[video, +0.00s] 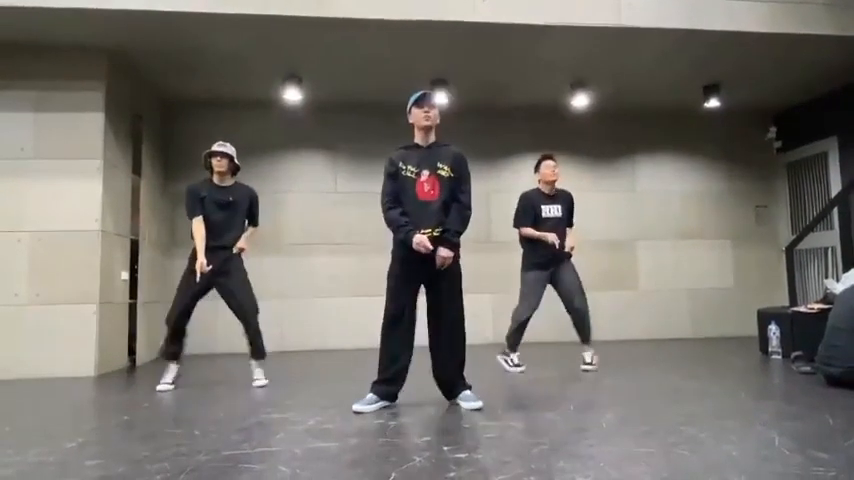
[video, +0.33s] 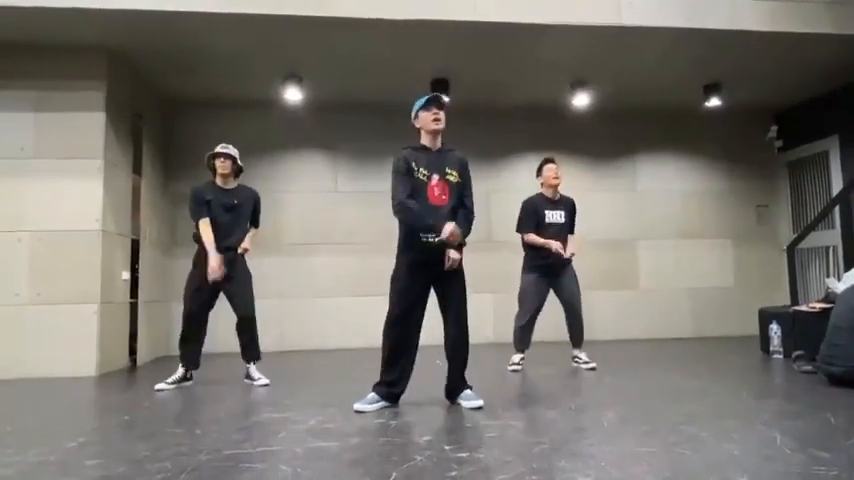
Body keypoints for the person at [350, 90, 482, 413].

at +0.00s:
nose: (427, 112)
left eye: (432, 107)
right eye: (421, 107)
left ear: (438, 115)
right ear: (410, 116)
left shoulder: (454, 158)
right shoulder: (397, 159)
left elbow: (462, 205)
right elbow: (390, 207)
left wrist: (449, 241)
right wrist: (410, 235)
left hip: (445, 251)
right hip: (407, 250)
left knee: (449, 320)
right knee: (397, 319)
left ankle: (456, 388)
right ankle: (385, 390)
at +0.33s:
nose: (437, 114)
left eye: (440, 110)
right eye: (429, 109)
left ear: (445, 118)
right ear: (416, 119)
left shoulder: (458, 161)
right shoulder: (406, 159)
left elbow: (466, 208)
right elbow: (401, 205)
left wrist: (457, 242)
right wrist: (441, 227)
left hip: (449, 255)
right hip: (413, 256)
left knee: (457, 323)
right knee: (400, 323)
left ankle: (458, 388)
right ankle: (387, 391)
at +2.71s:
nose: (425, 136)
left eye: (431, 130)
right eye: (421, 131)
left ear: (443, 133)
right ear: (415, 136)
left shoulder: (465, 163)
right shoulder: (414, 177)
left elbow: (493, 197)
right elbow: (387, 207)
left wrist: (504, 172)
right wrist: (367, 180)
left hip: (450, 259)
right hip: (414, 262)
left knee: (459, 327)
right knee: (407, 327)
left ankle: (475, 390)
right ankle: (402, 391)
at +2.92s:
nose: (459, 119)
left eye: (462, 115)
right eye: (452, 115)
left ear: (466, 124)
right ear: (437, 124)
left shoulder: (480, 164)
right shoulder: (422, 166)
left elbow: (511, 192)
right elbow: (387, 189)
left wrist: (518, 160)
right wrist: (373, 159)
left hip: (462, 259)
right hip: (425, 259)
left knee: (467, 326)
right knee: (415, 325)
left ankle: (476, 390)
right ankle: (402, 391)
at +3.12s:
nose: (465, 127)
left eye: (467, 123)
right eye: (458, 123)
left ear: (471, 129)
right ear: (442, 130)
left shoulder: (483, 171)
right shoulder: (427, 169)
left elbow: (506, 201)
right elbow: (399, 200)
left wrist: (512, 167)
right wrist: (381, 174)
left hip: (462, 259)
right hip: (425, 259)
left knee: (466, 324)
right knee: (418, 320)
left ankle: (475, 390)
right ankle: (422, 384)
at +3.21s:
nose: (456, 130)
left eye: (459, 124)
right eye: (449, 125)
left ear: (466, 129)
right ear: (437, 133)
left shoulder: (482, 169)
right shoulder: (425, 171)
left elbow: (501, 204)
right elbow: (399, 202)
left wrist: (505, 170)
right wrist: (384, 180)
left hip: (461, 261)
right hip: (425, 261)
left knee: (465, 326)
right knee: (419, 321)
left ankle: (475, 389)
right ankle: (430, 385)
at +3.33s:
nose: (438, 125)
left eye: (444, 120)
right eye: (433, 120)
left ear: (455, 125)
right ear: (425, 127)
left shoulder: (465, 157)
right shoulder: (421, 165)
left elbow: (505, 179)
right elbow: (416, 202)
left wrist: (481, 196)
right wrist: (397, 202)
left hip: (446, 254)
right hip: (418, 255)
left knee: (452, 321)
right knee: (422, 324)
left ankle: (475, 388)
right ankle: (433, 388)